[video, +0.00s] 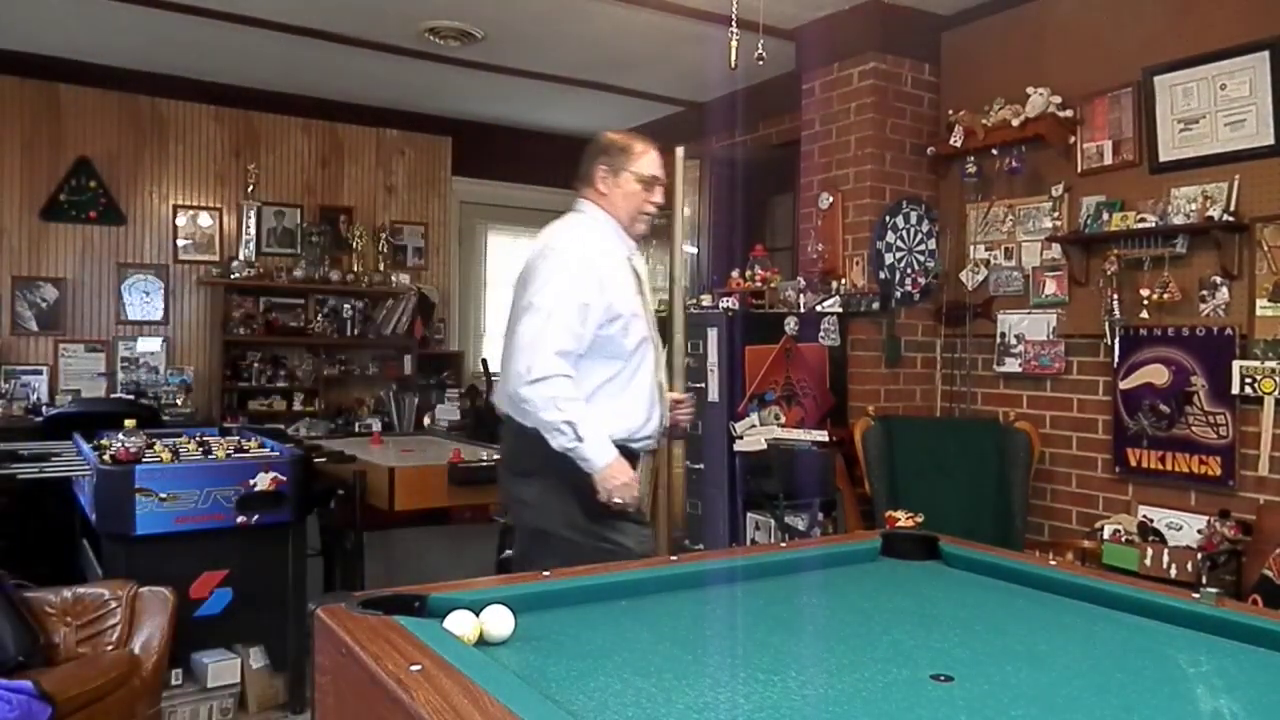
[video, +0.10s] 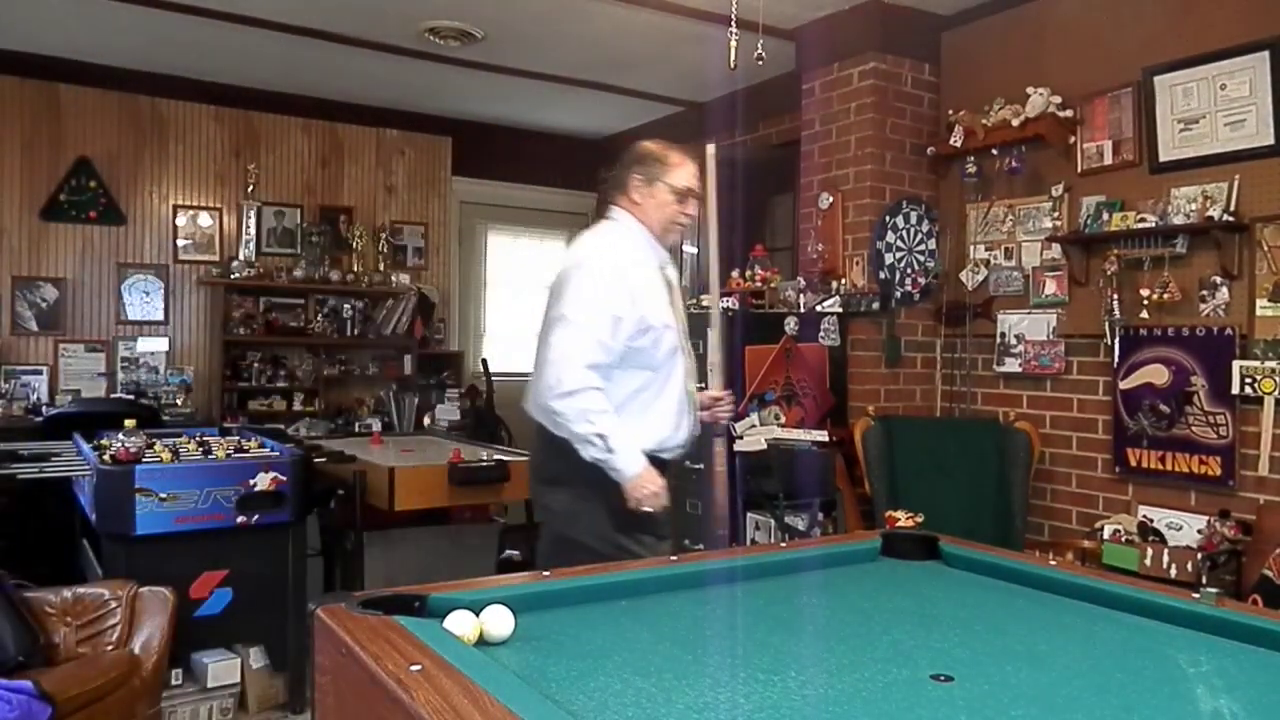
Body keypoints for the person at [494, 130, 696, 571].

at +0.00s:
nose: (659, 199)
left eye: (661, 187)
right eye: (647, 183)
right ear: (604, 180)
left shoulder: (609, 247)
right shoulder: (574, 246)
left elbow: (588, 371)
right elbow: (534, 375)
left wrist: (653, 409)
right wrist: (603, 461)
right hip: (563, 464)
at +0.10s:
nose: (691, 211)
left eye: (695, 200)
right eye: (680, 195)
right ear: (637, 191)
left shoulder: (647, 258)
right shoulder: (605, 254)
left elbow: (622, 381)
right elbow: (562, 386)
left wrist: (690, 408)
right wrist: (632, 468)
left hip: (633, 474)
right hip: (594, 475)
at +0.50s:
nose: (833, 214)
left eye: (838, 200)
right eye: (823, 199)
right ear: (777, 194)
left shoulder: (784, 257)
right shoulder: (746, 266)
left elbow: (774, 367)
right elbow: (740, 407)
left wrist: (829, 380)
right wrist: (817, 464)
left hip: (767, 461)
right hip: (731, 468)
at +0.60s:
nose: (853, 207)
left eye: (856, 194)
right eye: (839, 193)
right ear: (794, 190)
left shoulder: (813, 256)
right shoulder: (764, 263)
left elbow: (801, 363)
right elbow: (757, 400)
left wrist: (857, 376)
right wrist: (845, 448)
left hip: (800, 458)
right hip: (757, 463)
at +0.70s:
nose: (875, 211)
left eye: (879, 198)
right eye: (861, 197)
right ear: (815, 194)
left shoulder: (843, 263)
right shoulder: (778, 266)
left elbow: (833, 373)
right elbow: (766, 402)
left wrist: (887, 386)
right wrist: (856, 447)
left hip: (841, 468)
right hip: (786, 471)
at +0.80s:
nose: (901, 218)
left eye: (908, 206)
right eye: (888, 202)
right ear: (844, 197)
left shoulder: (882, 281)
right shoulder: (797, 272)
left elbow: (858, 379)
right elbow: (766, 398)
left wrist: (911, 394)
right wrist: (855, 452)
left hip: (863, 481)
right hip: (795, 479)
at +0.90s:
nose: (932, 223)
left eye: (940, 211)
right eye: (920, 207)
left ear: (947, 215)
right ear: (879, 201)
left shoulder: (923, 292)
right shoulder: (822, 273)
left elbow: (899, 378)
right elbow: (774, 386)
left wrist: (945, 403)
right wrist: (849, 451)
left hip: (895, 483)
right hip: (818, 481)